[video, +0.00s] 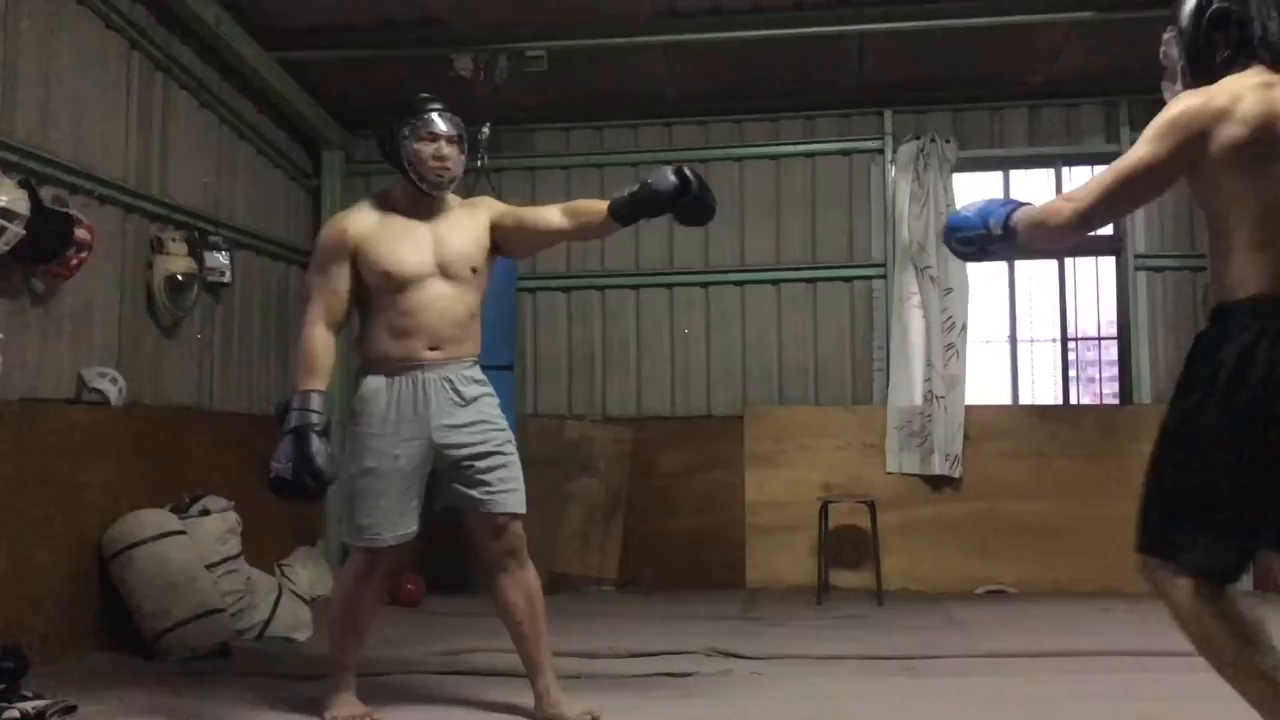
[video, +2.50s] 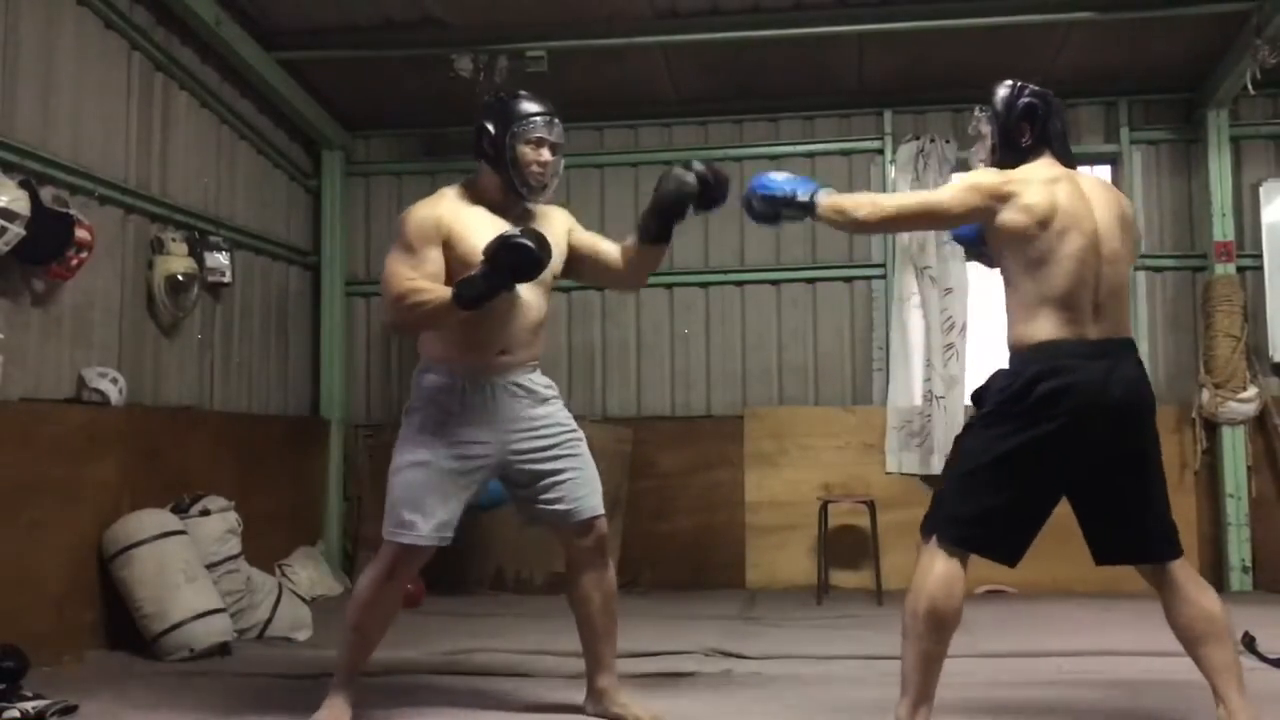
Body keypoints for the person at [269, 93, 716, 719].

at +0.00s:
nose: (440, 151)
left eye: (450, 140)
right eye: (425, 139)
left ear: (464, 153)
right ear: (399, 149)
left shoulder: (483, 217)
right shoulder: (353, 228)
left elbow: (568, 219)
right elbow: (321, 322)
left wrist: (643, 201)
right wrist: (306, 417)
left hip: (468, 390)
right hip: (387, 397)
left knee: (508, 538)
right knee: (374, 550)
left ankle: (548, 694)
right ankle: (341, 690)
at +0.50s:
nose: (534, 140)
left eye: (543, 128)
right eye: (519, 126)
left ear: (551, 135)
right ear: (484, 129)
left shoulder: (562, 205)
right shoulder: (422, 203)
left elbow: (656, 222)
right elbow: (375, 287)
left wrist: (743, 227)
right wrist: (349, 385)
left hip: (514, 387)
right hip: (427, 383)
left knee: (540, 536)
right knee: (385, 529)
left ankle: (554, 691)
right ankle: (326, 672)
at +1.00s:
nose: (464, 145)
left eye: (468, 133)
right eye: (449, 130)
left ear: (471, 142)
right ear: (409, 134)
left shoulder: (460, 216)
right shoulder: (364, 203)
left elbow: (520, 278)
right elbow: (369, 288)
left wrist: (580, 266)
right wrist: (440, 266)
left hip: (447, 384)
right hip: (378, 387)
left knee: (503, 519)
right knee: (353, 542)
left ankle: (478, 668)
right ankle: (312, 689)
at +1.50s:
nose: (502, 153)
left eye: (509, 142)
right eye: (489, 139)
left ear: (513, 148)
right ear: (449, 140)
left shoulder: (502, 223)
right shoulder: (403, 207)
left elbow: (566, 291)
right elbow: (410, 294)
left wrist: (602, 241)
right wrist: (478, 261)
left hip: (501, 384)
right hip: (428, 387)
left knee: (527, 535)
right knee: (405, 540)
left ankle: (541, 682)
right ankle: (353, 681)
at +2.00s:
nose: (504, 155)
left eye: (510, 143)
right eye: (492, 140)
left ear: (512, 151)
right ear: (451, 142)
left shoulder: (507, 220)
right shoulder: (401, 205)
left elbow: (590, 239)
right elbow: (408, 289)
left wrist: (615, 168)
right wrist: (484, 244)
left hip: (493, 385)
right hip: (421, 393)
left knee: (553, 526)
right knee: (403, 551)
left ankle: (571, 681)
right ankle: (373, 694)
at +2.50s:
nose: (548, 158)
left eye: (554, 147)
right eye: (534, 144)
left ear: (559, 155)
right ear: (494, 145)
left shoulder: (554, 224)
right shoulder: (434, 215)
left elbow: (629, 269)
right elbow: (402, 307)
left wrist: (661, 216)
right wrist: (482, 284)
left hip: (529, 395)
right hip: (447, 399)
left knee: (592, 530)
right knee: (404, 548)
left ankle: (604, 687)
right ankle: (340, 690)